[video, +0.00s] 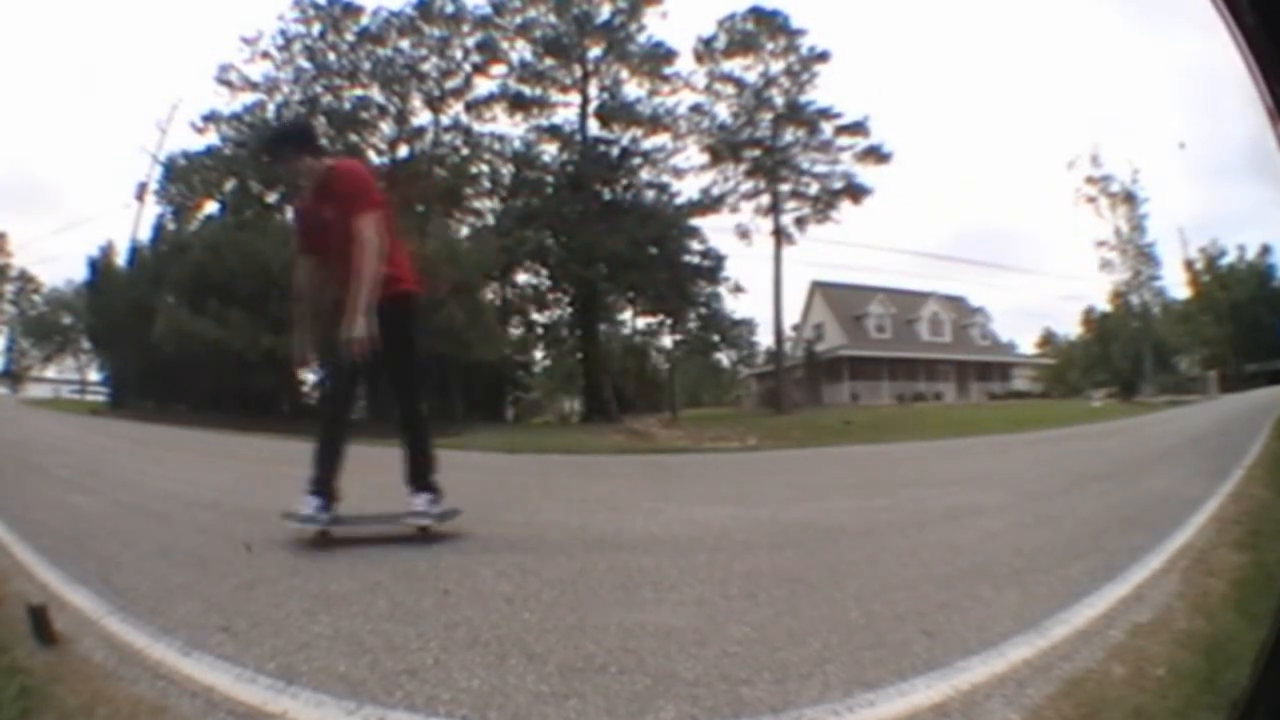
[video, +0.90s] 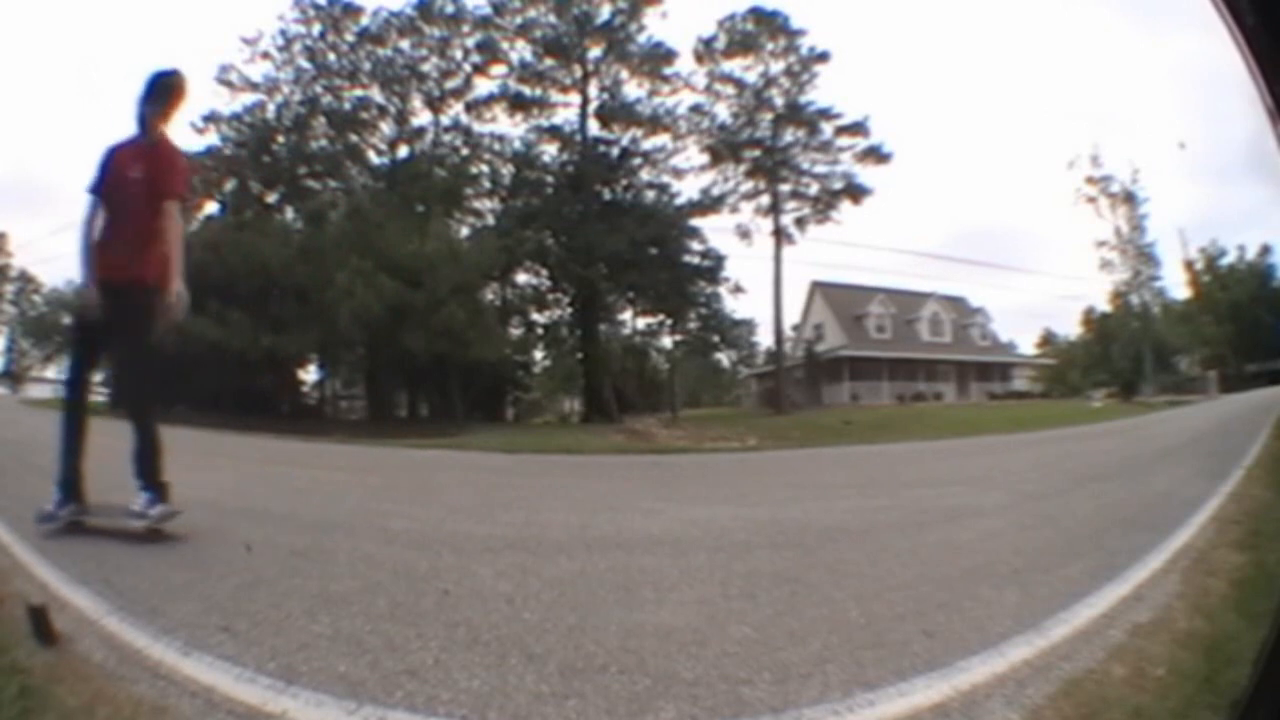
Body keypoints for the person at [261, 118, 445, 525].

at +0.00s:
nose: (288, 175)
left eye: (289, 165)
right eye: (282, 168)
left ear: (305, 154)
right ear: (287, 166)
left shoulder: (350, 175)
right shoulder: (306, 208)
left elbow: (370, 248)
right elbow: (307, 275)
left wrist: (360, 314)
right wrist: (305, 339)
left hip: (389, 298)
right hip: (347, 304)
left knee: (405, 392)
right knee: (335, 396)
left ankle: (424, 488)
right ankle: (322, 495)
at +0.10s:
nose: (263, 169)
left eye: (267, 157)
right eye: (259, 160)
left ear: (289, 149)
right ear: (269, 157)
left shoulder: (331, 177)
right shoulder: (285, 205)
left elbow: (315, 250)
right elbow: (266, 268)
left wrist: (288, 315)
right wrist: (243, 329)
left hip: (365, 303)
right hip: (321, 307)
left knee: (378, 397)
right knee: (305, 395)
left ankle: (391, 491)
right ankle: (288, 494)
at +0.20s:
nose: (245, 155)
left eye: (250, 144)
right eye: (241, 147)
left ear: (273, 138)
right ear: (244, 146)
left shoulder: (307, 171)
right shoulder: (261, 189)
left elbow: (276, 238)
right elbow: (232, 246)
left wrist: (229, 299)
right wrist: (190, 305)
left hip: (335, 300)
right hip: (293, 302)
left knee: (347, 395)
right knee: (276, 393)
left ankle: (362, 492)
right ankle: (258, 493)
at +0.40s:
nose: (218, 133)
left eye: (223, 124)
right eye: (215, 125)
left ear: (242, 120)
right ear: (217, 124)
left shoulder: (269, 161)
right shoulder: (220, 174)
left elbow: (237, 224)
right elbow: (185, 227)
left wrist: (181, 264)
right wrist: (135, 267)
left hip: (273, 293)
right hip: (232, 294)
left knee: (283, 391)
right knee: (216, 390)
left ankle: (301, 491)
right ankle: (200, 494)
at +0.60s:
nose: (205, 119)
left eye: (213, 111)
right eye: (200, 109)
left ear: (223, 113)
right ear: (189, 110)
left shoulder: (228, 157)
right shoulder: (176, 165)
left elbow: (212, 221)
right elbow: (155, 231)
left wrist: (163, 285)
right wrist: (118, 277)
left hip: (213, 289)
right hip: (173, 289)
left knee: (218, 391)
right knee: (152, 391)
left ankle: (234, 491)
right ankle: (139, 495)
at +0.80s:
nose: (167, 111)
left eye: (177, 104)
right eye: (166, 102)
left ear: (186, 106)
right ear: (161, 103)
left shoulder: (189, 159)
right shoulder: (136, 157)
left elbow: (182, 228)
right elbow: (119, 232)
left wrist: (172, 293)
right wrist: (117, 290)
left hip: (161, 291)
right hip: (123, 289)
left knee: (162, 389)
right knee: (99, 390)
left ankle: (178, 492)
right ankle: (89, 495)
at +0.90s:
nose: (155, 111)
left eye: (162, 103)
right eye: (156, 102)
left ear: (162, 103)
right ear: (161, 102)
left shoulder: (171, 161)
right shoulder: (117, 155)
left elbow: (172, 221)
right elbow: (92, 221)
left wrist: (175, 282)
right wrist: (89, 279)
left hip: (145, 290)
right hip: (103, 287)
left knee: (136, 388)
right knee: (76, 385)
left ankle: (154, 490)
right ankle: (69, 493)